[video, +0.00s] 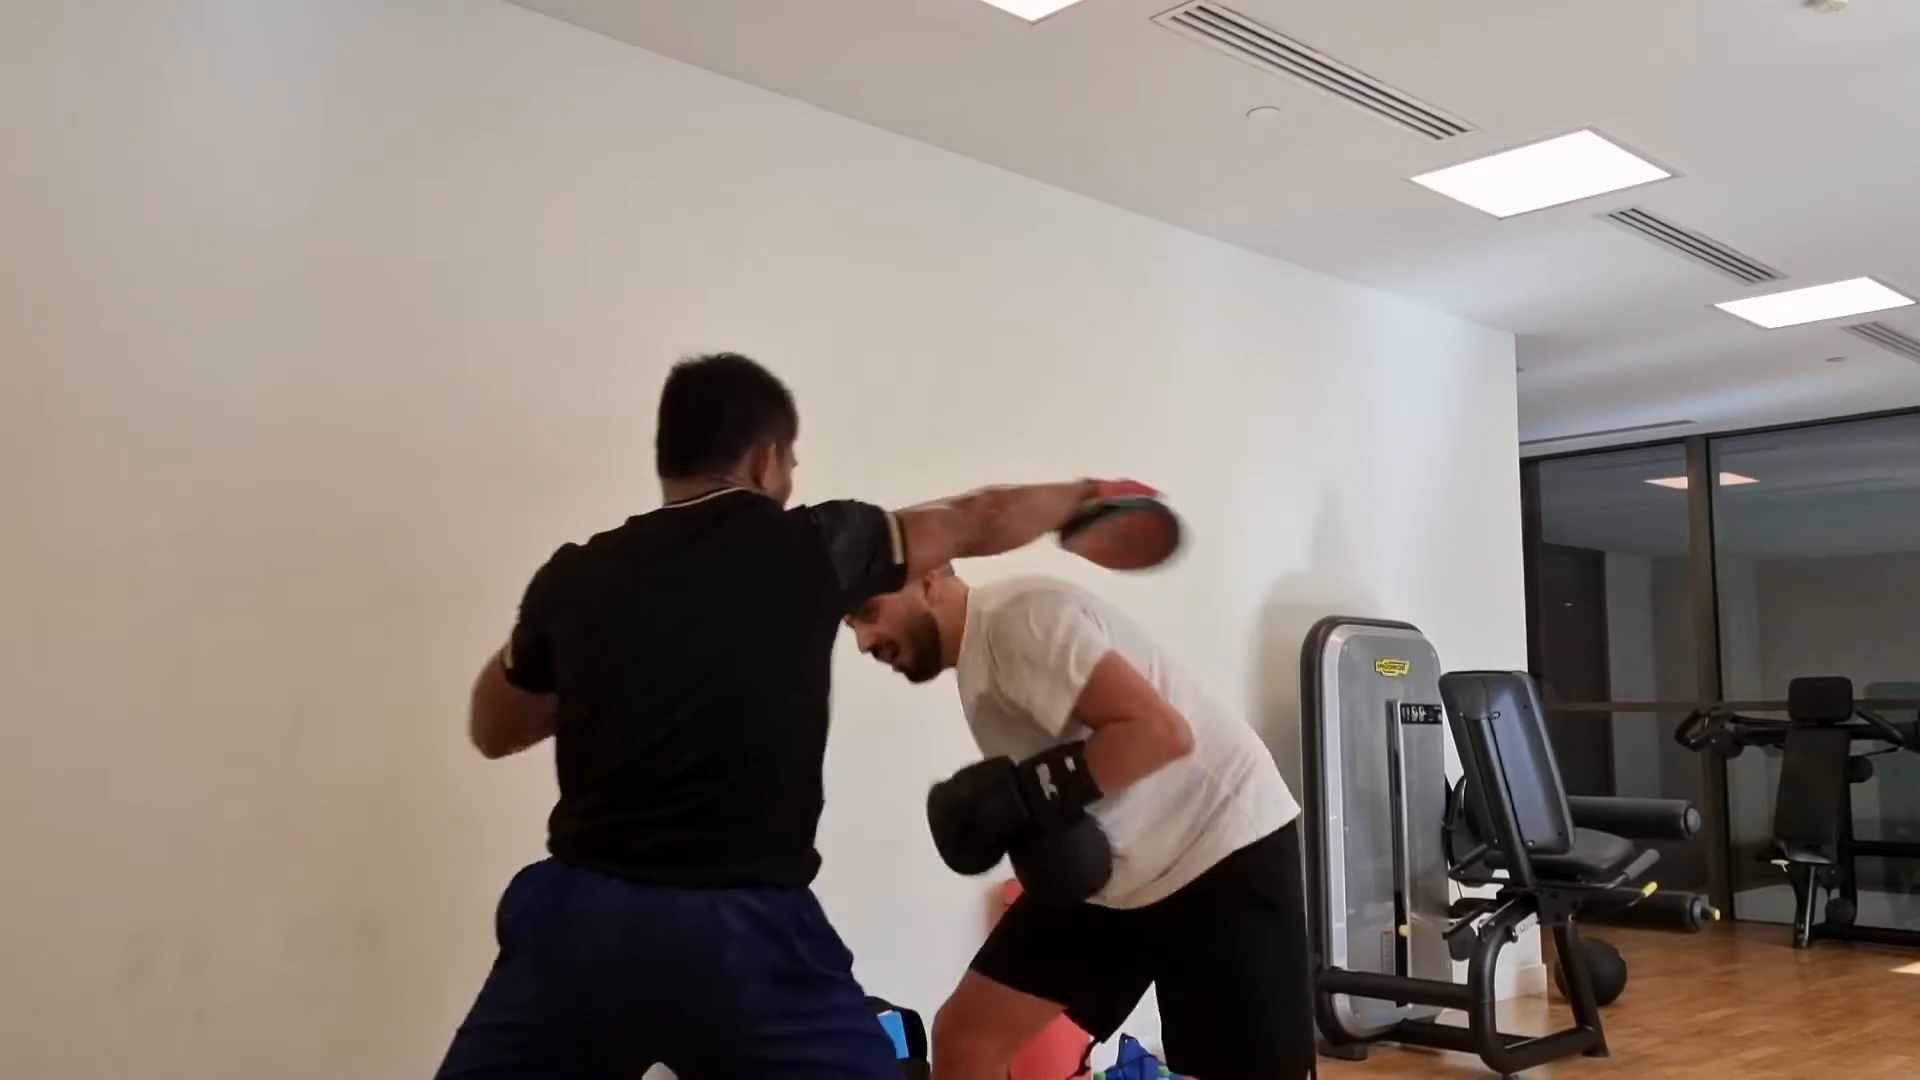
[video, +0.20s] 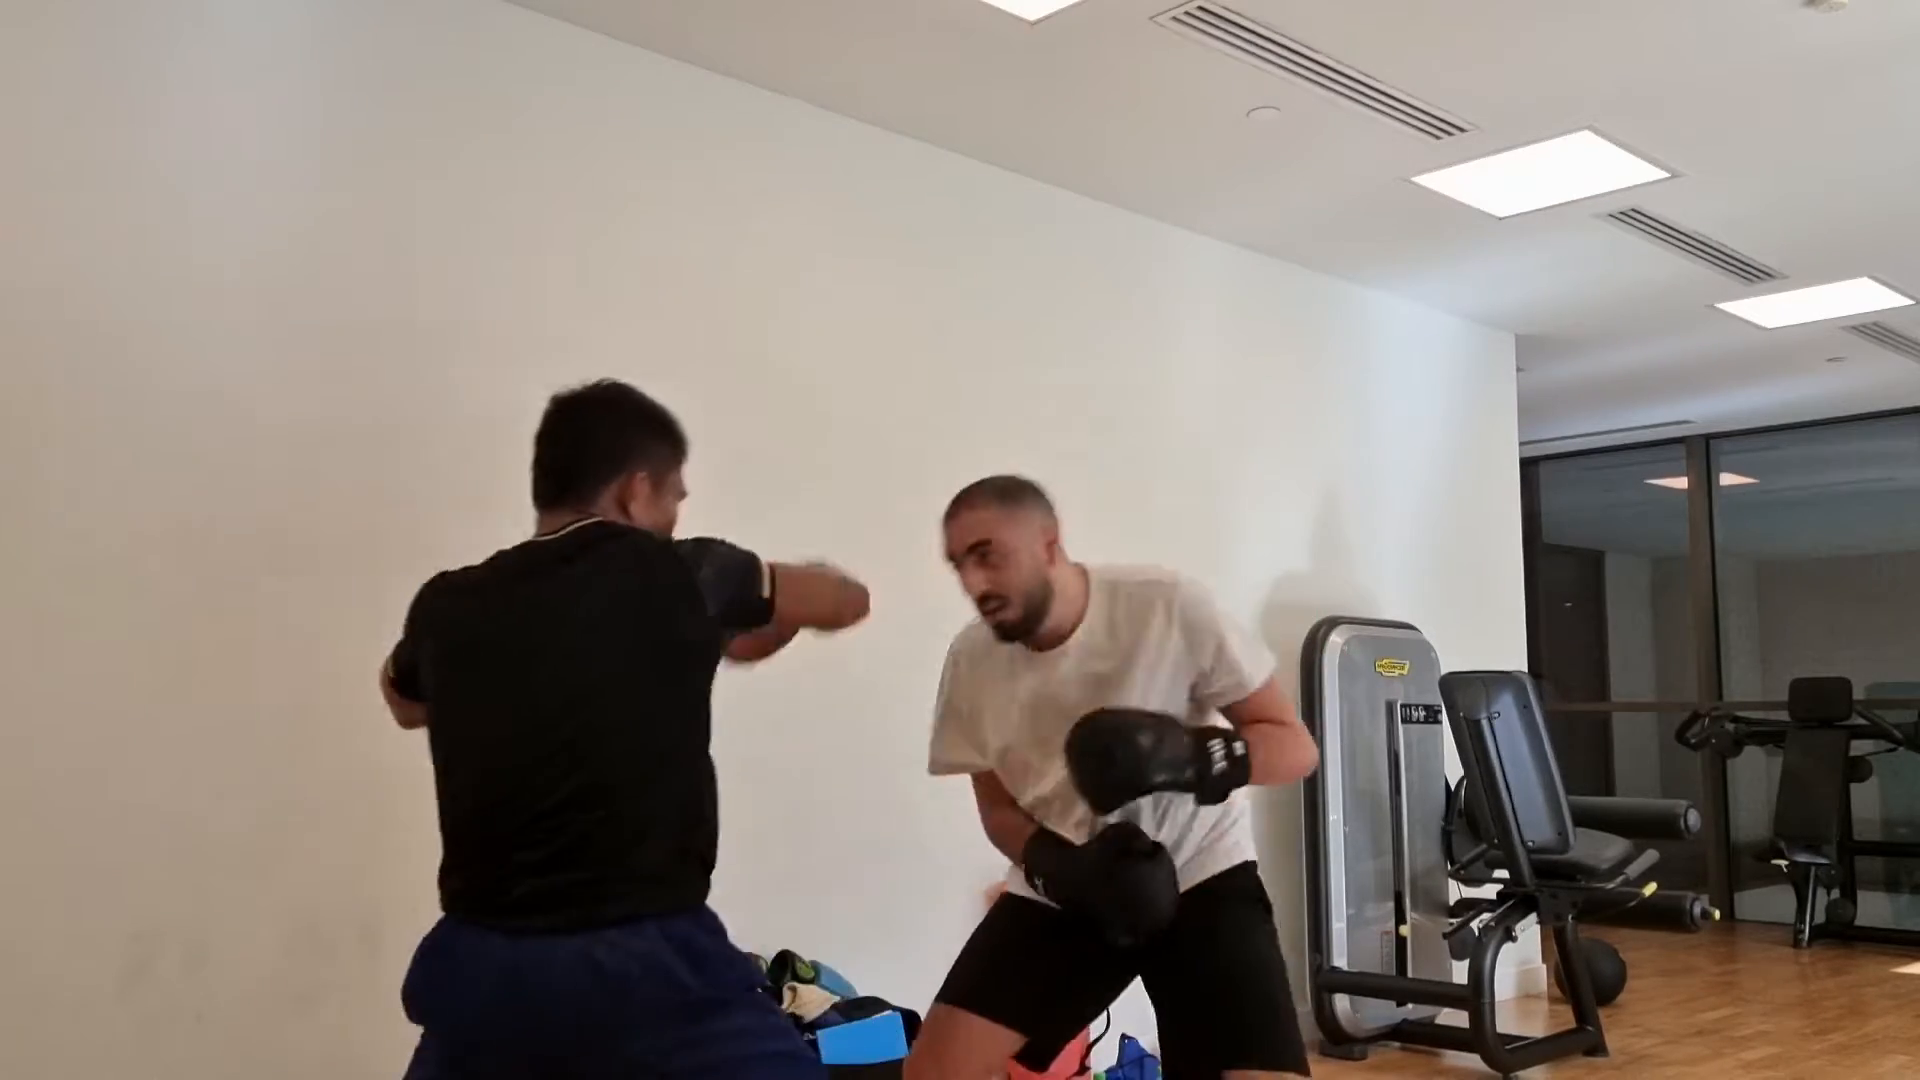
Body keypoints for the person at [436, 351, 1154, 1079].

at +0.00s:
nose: (790, 484)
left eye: (792, 469)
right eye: (792, 467)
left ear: (666, 464)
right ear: (770, 462)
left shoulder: (575, 578)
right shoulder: (809, 545)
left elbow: (494, 729)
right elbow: (975, 521)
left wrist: (602, 661)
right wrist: (1084, 496)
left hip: (572, 934)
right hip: (752, 941)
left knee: (477, 1071)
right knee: (867, 1065)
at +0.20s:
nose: (677, 520)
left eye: (682, 501)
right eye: (676, 499)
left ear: (546, 490)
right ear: (635, 490)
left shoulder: (446, 601)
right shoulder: (681, 571)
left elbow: (406, 704)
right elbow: (849, 596)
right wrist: (778, 622)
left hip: (482, 985)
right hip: (660, 975)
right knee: (778, 1057)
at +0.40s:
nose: (735, 519)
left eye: (738, 494)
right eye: (732, 493)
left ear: (606, 489)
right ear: (690, 492)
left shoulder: (527, 609)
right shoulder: (691, 587)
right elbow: (795, 749)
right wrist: (883, 695)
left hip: (501, 978)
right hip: (652, 988)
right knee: (811, 1064)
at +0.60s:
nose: (798, 493)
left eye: (800, 472)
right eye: (798, 470)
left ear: (671, 461)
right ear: (765, 461)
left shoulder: (583, 578)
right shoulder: (781, 544)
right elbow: (967, 627)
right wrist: (1055, 601)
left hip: (549, 939)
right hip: (713, 945)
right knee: (855, 1059)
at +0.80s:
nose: (709, 493)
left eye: (709, 475)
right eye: (708, 473)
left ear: (580, 474)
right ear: (680, 472)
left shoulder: (487, 589)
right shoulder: (727, 553)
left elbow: (435, 734)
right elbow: (846, 532)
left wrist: (546, 684)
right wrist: (897, 501)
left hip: (505, 958)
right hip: (690, 955)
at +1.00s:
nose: (650, 521)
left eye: (652, 499)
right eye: (646, 497)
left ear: (518, 495)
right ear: (606, 494)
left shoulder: (417, 607)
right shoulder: (668, 588)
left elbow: (388, 701)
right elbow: (826, 697)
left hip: (464, 993)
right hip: (649, 987)